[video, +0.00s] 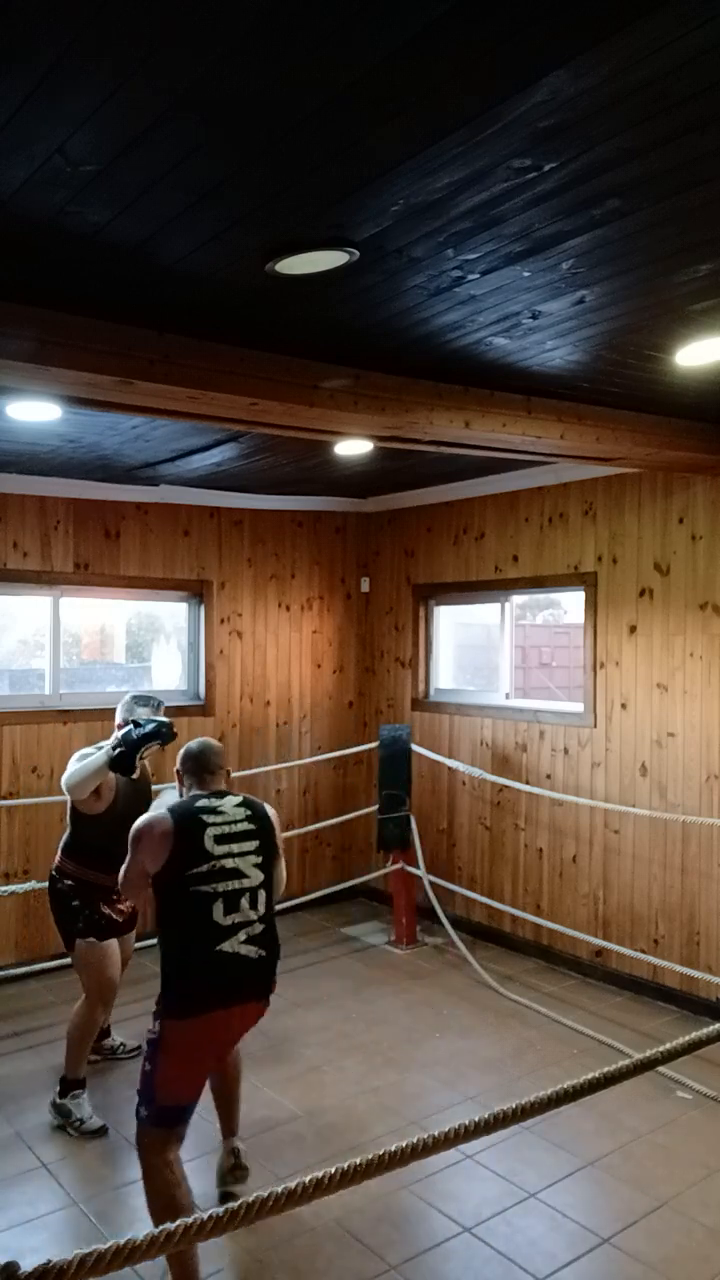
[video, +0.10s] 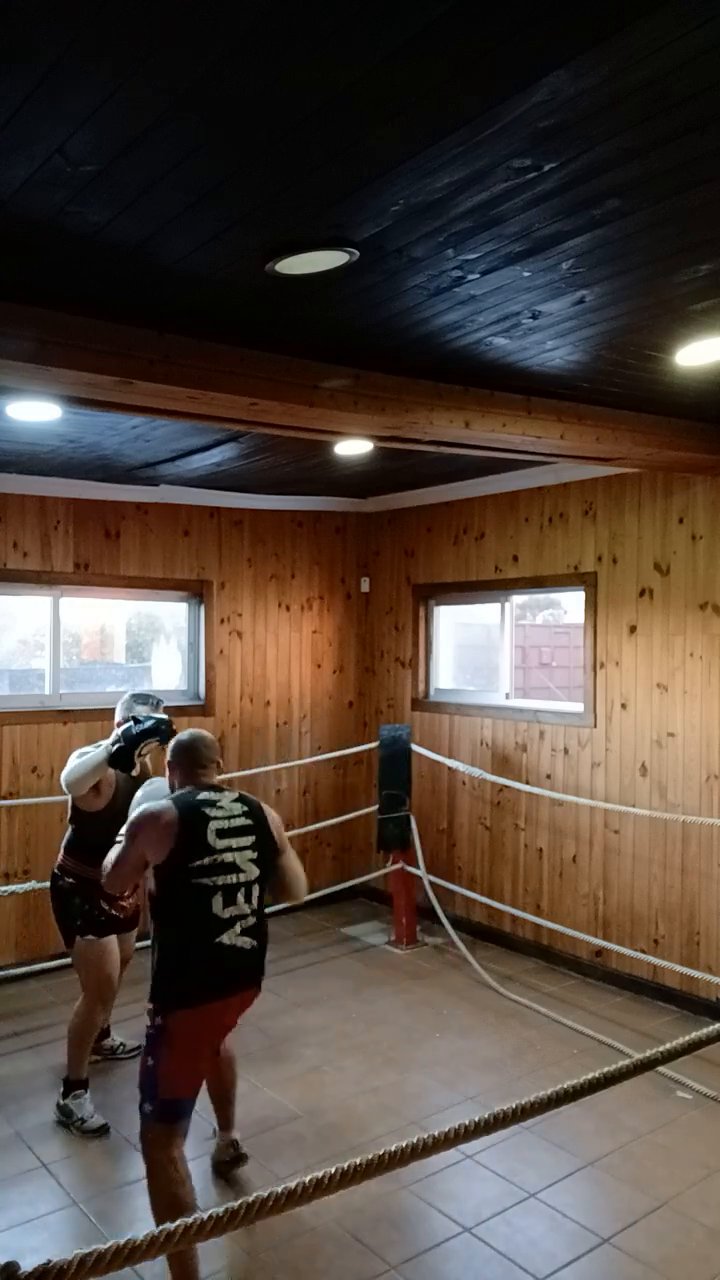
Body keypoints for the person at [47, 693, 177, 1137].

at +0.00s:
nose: (146, 739)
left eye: (152, 731)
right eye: (139, 727)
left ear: (156, 737)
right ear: (120, 725)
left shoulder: (144, 775)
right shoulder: (91, 761)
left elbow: (146, 825)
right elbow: (73, 788)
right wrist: (118, 748)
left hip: (121, 882)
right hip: (77, 884)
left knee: (117, 965)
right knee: (102, 988)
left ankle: (100, 1037)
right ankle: (69, 1094)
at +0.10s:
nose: (152, 740)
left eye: (157, 733)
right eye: (146, 730)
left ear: (158, 736)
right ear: (124, 727)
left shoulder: (153, 772)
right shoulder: (95, 762)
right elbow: (71, 784)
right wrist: (116, 743)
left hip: (125, 879)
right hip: (80, 881)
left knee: (118, 963)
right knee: (101, 989)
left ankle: (98, 1037)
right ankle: (72, 1094)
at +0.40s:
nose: (145, 725)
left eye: (144, 719)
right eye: (143, 718)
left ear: (136, 722)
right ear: (124, 720)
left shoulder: (145, 761)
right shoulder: (84, 758)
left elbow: (167, 796)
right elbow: (44, 768)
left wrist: (147, 750)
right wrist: (83, 729)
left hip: (128, 873)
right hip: (84, 876)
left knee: (121, 961)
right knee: (94, 989)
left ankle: (99, 1036)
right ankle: (70, 1098)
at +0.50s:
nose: (128, 733)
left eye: (134, 726)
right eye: (122, 725)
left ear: (139, 728)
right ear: (104, 724)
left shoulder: (140, 762)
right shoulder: (82, 764)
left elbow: (161, 801)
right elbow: (43, 773)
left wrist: (135, 758)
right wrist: (83, 733)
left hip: (129, 873)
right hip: (82, 877)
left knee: (122, 960)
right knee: (91, 990)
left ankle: (99, 1035)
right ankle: (70, 1095)